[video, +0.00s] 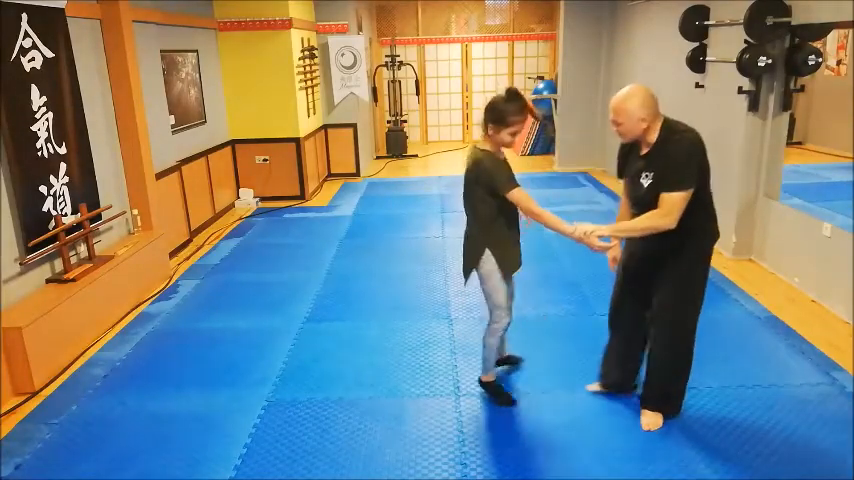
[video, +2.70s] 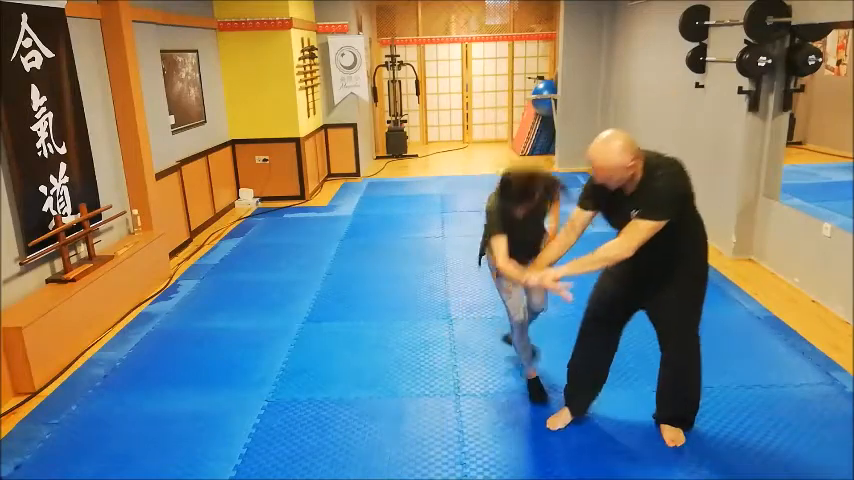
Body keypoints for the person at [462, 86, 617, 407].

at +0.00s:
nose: (516, 139)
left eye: (519, 132)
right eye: (512, 133)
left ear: (516, 124)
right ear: (491, 128)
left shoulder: (492, 153)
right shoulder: (489, 164)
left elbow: (495, 197)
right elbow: (533, 211)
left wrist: (519, 212)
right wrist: (578, 234)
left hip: (498, 242)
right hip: (486, 246)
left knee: (505, 304)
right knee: (499, 315)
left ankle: (498, 355)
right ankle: (486, 378)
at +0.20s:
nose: (514, 131)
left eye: (515, 125)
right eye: (511, 125)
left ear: (489, 123)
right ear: (491, 123)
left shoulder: (461, 153)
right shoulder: (498, 162)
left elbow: (449, 193)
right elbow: (536, 210)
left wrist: (481, 194)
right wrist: (581, 229)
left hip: (468, 244)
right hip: (495, 247)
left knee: (475, 305)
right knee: (504, 315)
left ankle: (452, 373)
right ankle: (484, 383)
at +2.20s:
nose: (516, 143)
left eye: (519, 138)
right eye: (516, 136)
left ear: (491, 128)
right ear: (499, 130)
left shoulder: (461, 155)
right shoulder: (492, 165)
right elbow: (535, 201)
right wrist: (580, 212)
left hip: (453, 247)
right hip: (481, 249)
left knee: (457, 314)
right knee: (510, 311)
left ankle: (451, 383)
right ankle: (517, 381)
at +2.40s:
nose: (531, 155)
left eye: (535, 151)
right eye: (529, 150)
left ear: (513, 137)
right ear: (513, 140)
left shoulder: (492, 154)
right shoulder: (504, 168)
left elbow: (503, 189)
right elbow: (528, 213)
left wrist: (521, 212)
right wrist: (566, 228)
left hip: (477, 243)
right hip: (490, 247)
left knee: (481, 306)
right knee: (523, 308)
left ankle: (454, 374)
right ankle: (520, 378)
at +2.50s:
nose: (531, 163)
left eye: (537, 158)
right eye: (527, 156)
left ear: (543, 153)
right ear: (514, 148)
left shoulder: (524, 170)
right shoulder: (504, 175)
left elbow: (528, 202)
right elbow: (522, 221)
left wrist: (534, 219)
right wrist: (556, 243)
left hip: (508, 239)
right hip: (490, 240)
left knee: (509, 306)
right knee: (523, 310)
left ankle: (465, 352)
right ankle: (522, 376)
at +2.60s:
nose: (528, 181)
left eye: (534, 176)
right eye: (522, 176)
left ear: (541, 168)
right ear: (512, 168)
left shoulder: (536, 177)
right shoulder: (502, 188)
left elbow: (543, 203)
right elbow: (515, 240)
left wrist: (545, 222)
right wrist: (548, 262)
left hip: (525, 236)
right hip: (496, 240)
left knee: (533, 300)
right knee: (519, 310)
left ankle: (489, 338)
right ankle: (528, 373)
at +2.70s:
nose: (521, 213)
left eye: (526, 209)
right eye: (517, 209)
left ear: (536, 196)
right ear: (508, 200)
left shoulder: (542, 185)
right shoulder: (496, 206)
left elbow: (555, 192)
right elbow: (502, 262)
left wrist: (552, 228)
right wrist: (540, 279)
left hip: (534, 244)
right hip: (504, 253)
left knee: (537, 305)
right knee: (519, 319)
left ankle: (517, 334)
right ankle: (530, 372)